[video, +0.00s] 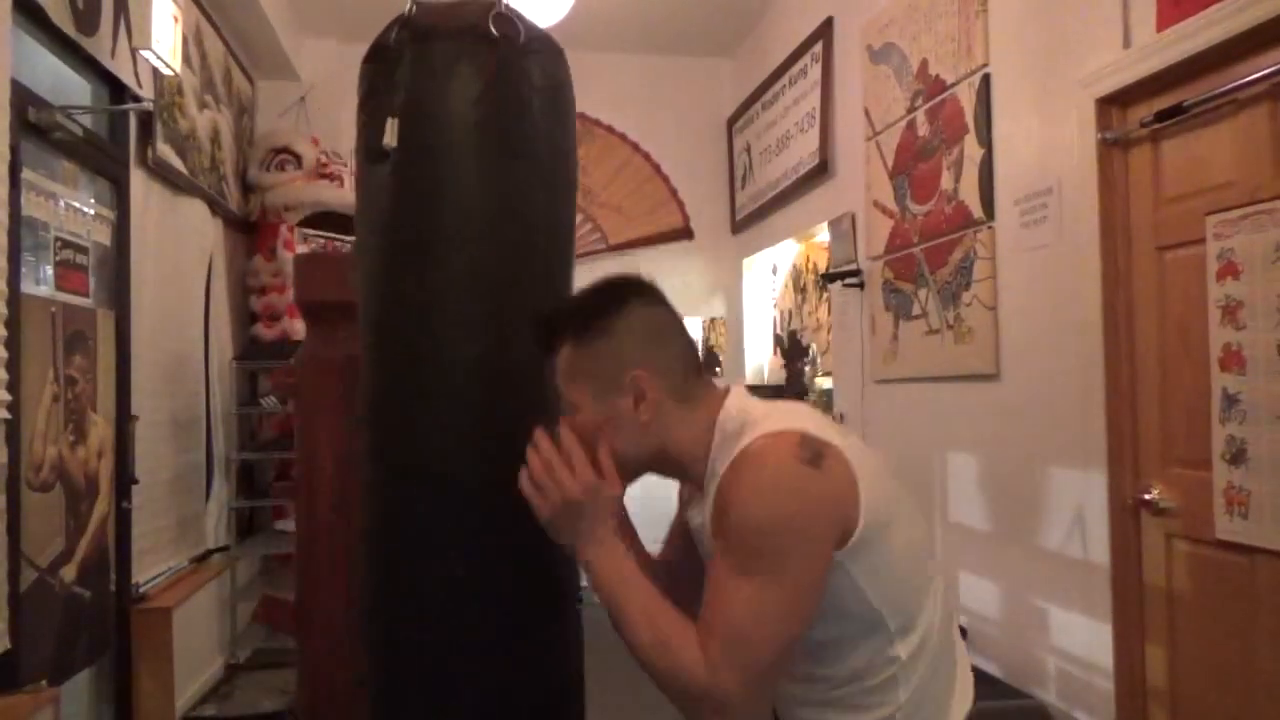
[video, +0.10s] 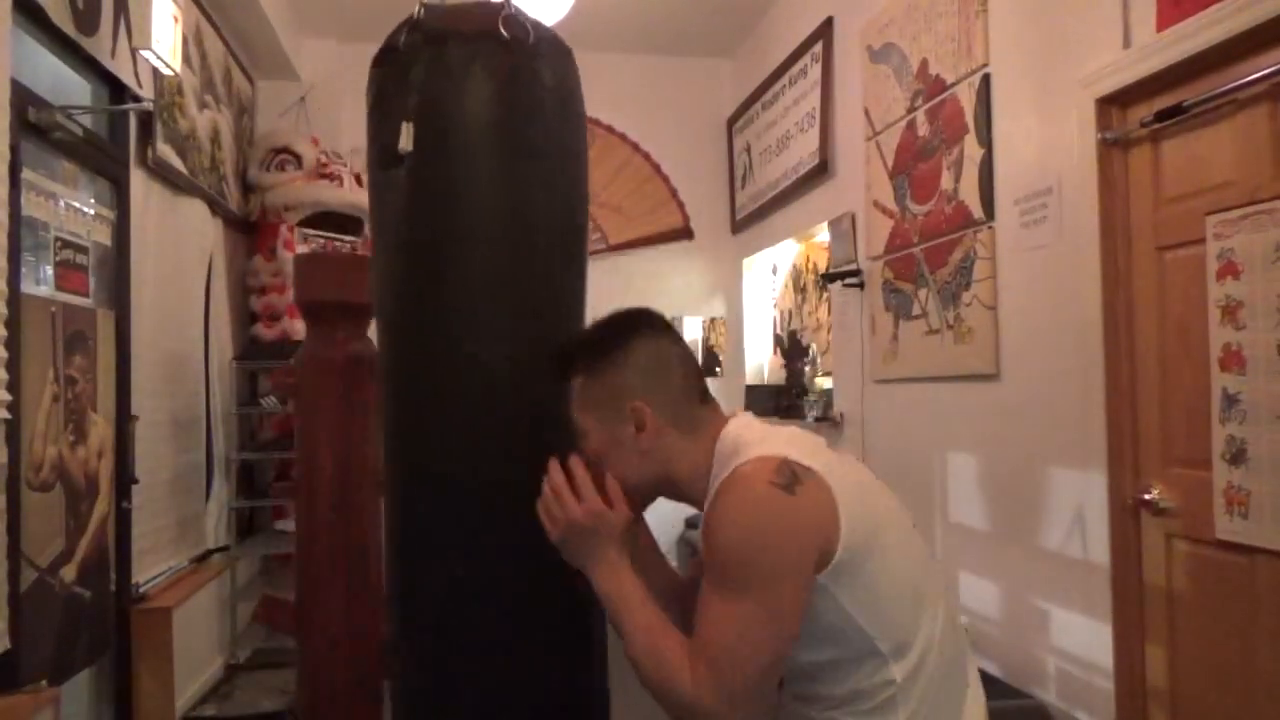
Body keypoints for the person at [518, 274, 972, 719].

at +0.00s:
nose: (566, 434)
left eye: (571, 410)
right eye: (563, 413)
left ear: (640, 397)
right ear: (646, 396)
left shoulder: (778, 474)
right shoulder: (715, 451)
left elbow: (724, 696)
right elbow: (675, 602)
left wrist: (597, 541)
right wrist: (602, 514)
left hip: (893, 709)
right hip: (818, 695)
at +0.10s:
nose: (582, 459)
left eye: (584, 437)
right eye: (577, 440)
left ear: (640, 425)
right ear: (644, 424)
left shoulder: (762, 495)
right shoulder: (747, 460)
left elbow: (718, 701)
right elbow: (692, 628)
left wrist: (603, 561)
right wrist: (624, 525)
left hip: (901, 710)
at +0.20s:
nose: (620, 449)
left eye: (621, 430)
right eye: (615, 432)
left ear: (663, 419)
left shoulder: (757, 488)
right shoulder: (779, 444)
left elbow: (700, 690)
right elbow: (713, 642)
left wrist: (619, 543)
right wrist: (654, 514)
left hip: (890, 711)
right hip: (946, 698)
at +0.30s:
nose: (650, 406)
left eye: (652, 385)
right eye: (647, 387)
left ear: (692, 378)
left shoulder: (765, 447)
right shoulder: (802, 410)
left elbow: (690, 628)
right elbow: (723, 587)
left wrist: (638, 484)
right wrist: (686, 462)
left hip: (891, 708)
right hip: (950, 691)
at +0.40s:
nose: (676, 363)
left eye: (676, 343)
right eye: (672, 345)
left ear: (718, 331)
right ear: (770, 316)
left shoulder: (776, 397)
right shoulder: (827, 371)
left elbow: (691, 570)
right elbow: (749, 549)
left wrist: (644, 430)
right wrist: (707, 418)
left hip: (886, 700)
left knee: (712, 597)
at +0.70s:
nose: (723, 360)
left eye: (722, 341)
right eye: (718, 344)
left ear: (767, 326)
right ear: (773, 326)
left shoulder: (817, 376)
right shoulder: (874, 364)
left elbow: (737, 538)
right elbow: (789, 532)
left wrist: (662, 413)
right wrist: (747, 409)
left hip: (867, 696)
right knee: (709, 597)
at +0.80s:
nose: (735, 360)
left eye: (736, 340)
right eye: (731, 344)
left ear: (774, 318)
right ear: (819, 311)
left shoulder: (812, 361)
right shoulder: (882, 356)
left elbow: (723, 512)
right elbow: (809, 522)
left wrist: (685, 391)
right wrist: (754, 397)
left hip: (861, 685)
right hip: (938, 676)